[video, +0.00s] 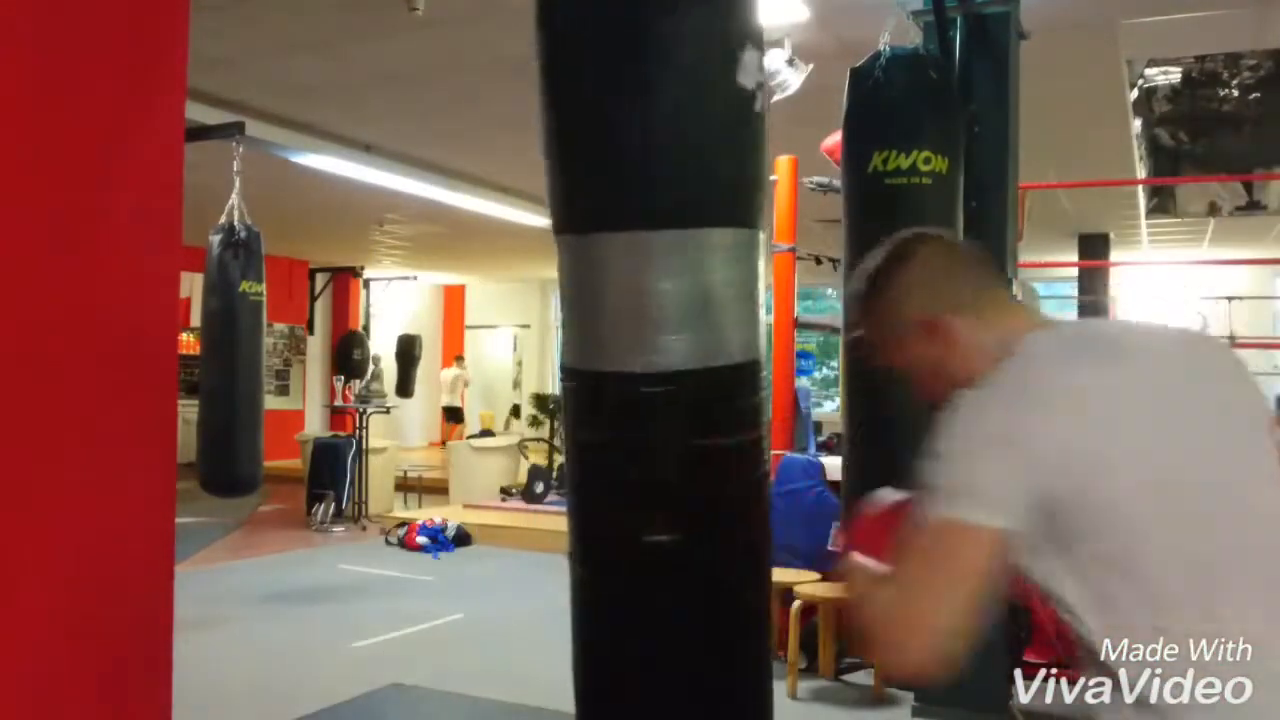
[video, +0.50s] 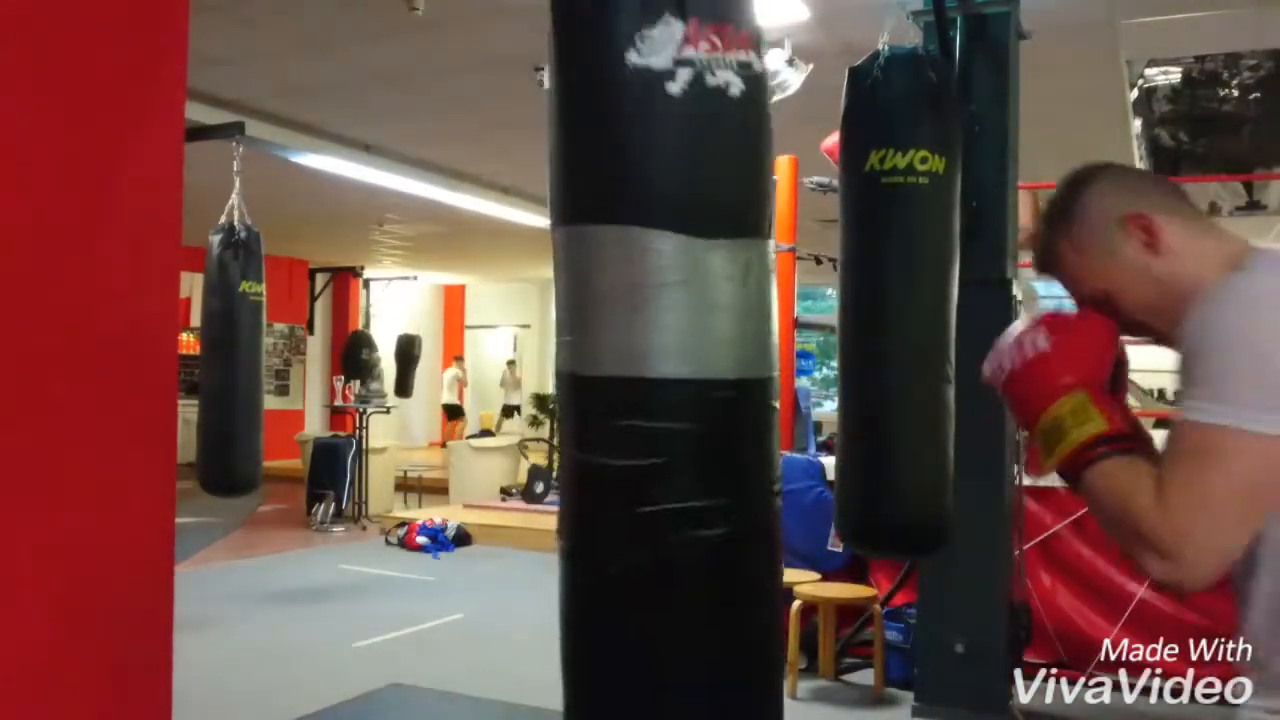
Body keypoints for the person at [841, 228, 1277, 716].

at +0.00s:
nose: (921, 396)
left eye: (907, 372)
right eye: (903, 377)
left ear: (938, 333)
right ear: (1002, 294)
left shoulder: (1001, 414)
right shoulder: (1206, 355)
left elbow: (916, 650)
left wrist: (861, 579)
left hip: (1157, 702)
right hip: (1271, 700)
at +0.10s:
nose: (977, 383)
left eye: (972, 355)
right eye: (966, 360)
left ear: (1017, 321)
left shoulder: (1108, 413)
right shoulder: (1248, 369)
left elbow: (1090, 663)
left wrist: (984, 596)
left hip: (1175, 706)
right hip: (1264, 700)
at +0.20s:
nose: (1059, 373)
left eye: (1056, 348)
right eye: (1049, 354)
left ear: (1104, 297)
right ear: (1106, 295)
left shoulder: (1223, 389)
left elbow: (1244, 652)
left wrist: (1096, 563)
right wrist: (1131, 497)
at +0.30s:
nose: (1133, 371)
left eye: (1125, 343)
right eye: (1119, 354)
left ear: (1167, 276)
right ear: (1168, 275)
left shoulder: (1261, 376)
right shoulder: (1252, 367)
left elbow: (1262, 606)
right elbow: (1242, 528)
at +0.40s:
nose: (1152, 354)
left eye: (1139, 326)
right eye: (1134, 338)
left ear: (1172, 255)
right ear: (1173, 255)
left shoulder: (1266, 332)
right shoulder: (1260, 329)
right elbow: (1213, 548)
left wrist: (1081, 417)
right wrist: (1094, 419)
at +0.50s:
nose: (1121, 328)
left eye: (1106, 301)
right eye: (1099, 311)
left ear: (1147, 235)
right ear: (1150, 234)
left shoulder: (1249, 312)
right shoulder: (1255, 301)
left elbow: (1182, 549)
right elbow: (1190, 537)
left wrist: (1063, 412)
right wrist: (1107, 413)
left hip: (1270, 693)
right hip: (1265, 688)